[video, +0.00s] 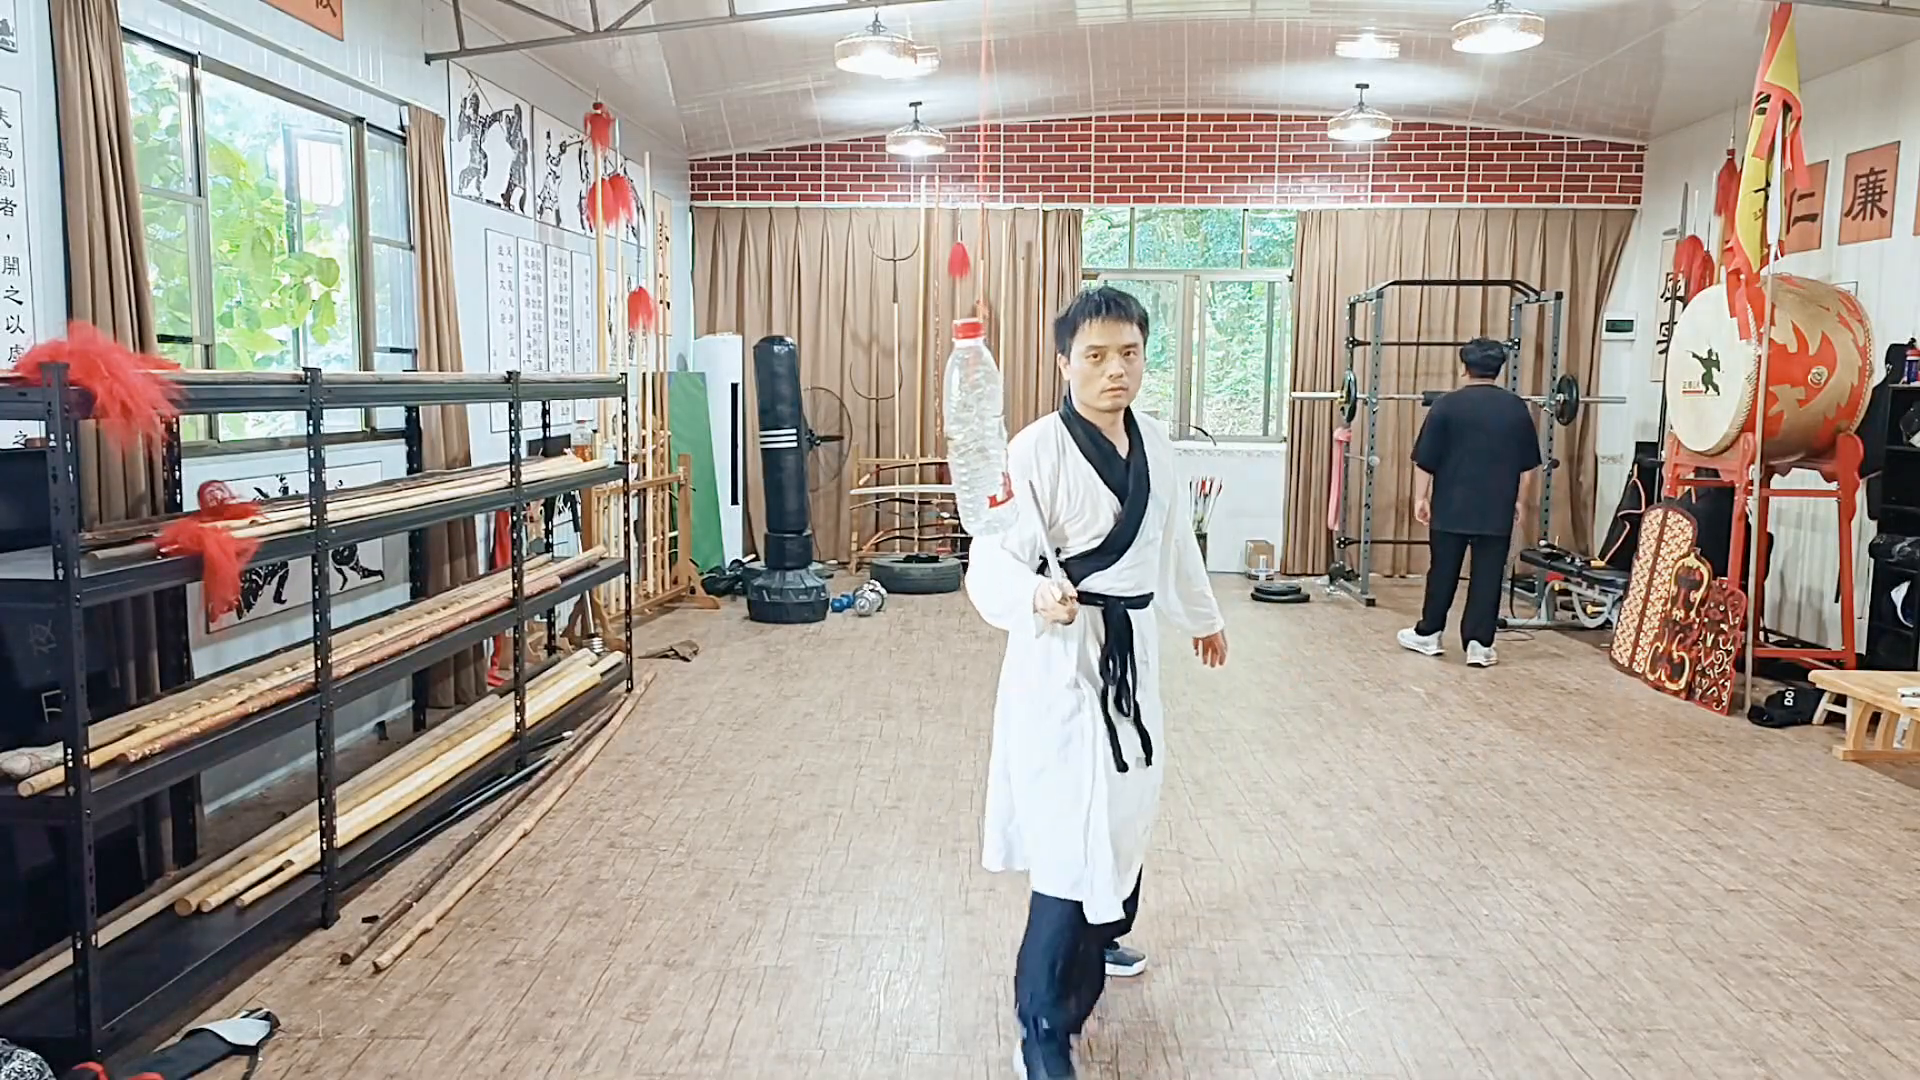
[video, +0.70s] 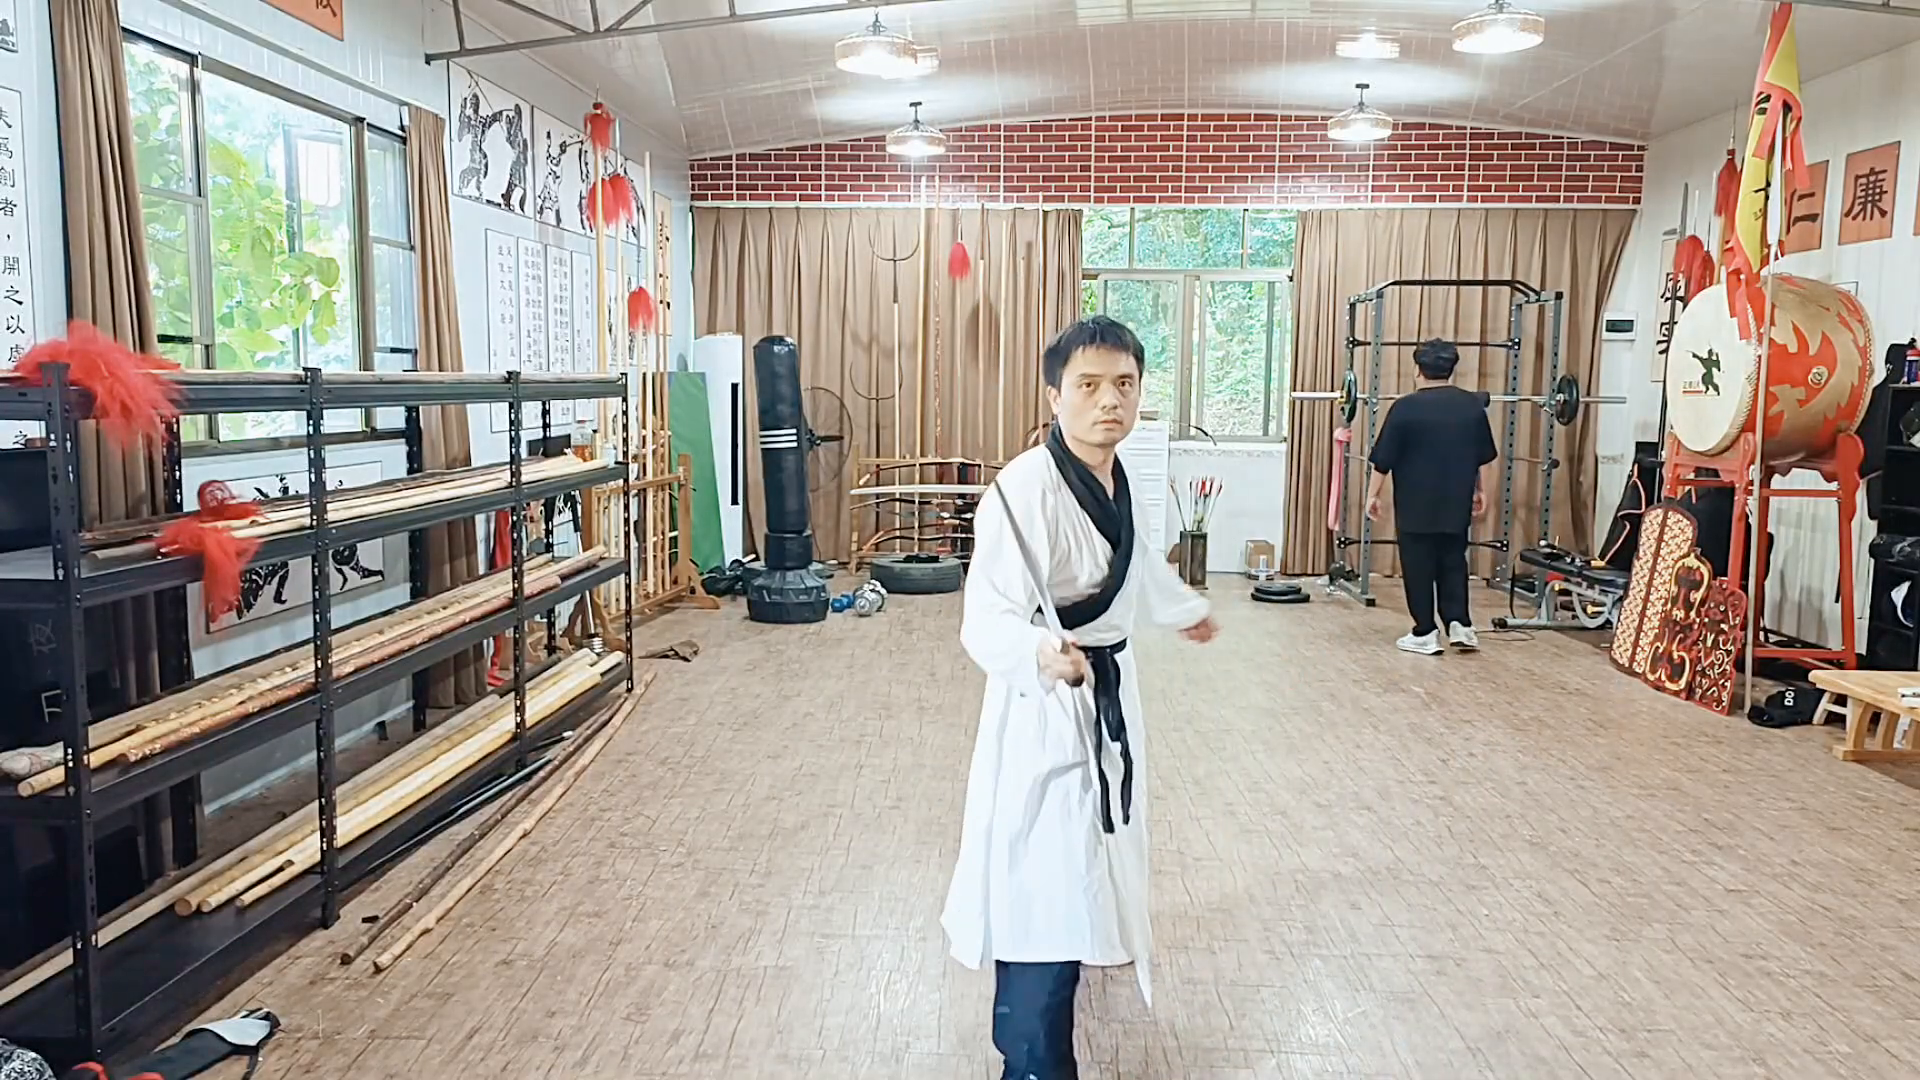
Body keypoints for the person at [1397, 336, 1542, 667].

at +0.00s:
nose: (1461, 370)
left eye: (1463, 366)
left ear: (1465, 368)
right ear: (1499, 370)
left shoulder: (1447, 405)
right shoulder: (1516, 407)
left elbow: (1426, 459)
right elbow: (1529, 465)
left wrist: (1420, 497)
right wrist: (1522, 504)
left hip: (1450, 507)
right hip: (1496, 511)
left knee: (1442, 573)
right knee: (1487, 580)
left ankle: (1428, 635)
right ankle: (1479, 645)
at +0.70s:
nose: (1415, 370)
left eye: (1417, 366)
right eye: (1419, 365)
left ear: (1419, 370)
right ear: (1451, 370)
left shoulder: (1405, 407)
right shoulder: (1471, 405)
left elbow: (1383, 458)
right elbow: (1485, 455)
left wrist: (1373, 495)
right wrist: (1483, 490)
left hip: (1414, 508)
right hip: (1456, 506)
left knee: (1417, 569)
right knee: (1453, 563)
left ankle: (1424, 633)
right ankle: (1459, 625)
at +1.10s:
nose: (1409, 370)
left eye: (1411, 367)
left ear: (1413, 371)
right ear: (1444, 370)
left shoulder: (1401, 407)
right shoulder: (1463, 404)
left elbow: (1382, 461)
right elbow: (1476, 453)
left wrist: (1376, 499)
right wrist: (1477, 487)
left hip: (1410, 505)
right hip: (1450, 503)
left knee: (1415, 567)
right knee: (1442, 558)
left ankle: (1425, 633)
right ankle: (1434, 606)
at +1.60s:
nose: (1405, 384)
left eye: (1406, 380)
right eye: (1407, 379)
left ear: (1410, 384)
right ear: (1441, 385)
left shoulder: (1401, 422)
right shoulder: (1457, 418)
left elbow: (1384, 475)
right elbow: (1470, 469)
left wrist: (1375, 514)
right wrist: (1465, 507)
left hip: (1408, 513)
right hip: (1444, 512)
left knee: (1400, 574)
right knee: (1434, 564)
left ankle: (1424, 632)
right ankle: (1429, 622)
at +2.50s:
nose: (1402, 381)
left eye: (1403, 376)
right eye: (1404, 375)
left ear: (1408, 379)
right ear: (1437, 377)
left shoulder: (1399, 416)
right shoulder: (1457, 409)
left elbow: (1380, 469)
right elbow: (1473, 460)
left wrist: (1371, 505)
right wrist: (1462, 492)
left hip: (1410, 510)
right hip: (1449, 508)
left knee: (1408, 568)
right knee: (1440, 564)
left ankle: (1424, 632)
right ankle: (1430, 619)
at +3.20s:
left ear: (1439, 376)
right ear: (1476, 378)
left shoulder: (1427, 410)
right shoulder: (1489, 410)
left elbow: (1408, 457)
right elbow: (1507, 454)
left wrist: (1401, 497)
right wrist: (1506, 493)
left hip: (1432, 500)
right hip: (1476, 505)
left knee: (1423, 558)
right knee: (1470, 570)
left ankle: (1412, 617)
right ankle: (1463, 636)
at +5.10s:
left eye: (1424, 362)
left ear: (1424, 367)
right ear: (1458, 368)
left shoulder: (1407, 404)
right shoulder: (1474, 404)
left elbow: (1386, 457)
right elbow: (1490, 457)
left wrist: (1382, 492)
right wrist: (1489, 493)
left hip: (1418, 507)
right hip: (1462, 507)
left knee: (1422, 570)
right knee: (1464, 564)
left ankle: (1428, 634)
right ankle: (1470, 624)